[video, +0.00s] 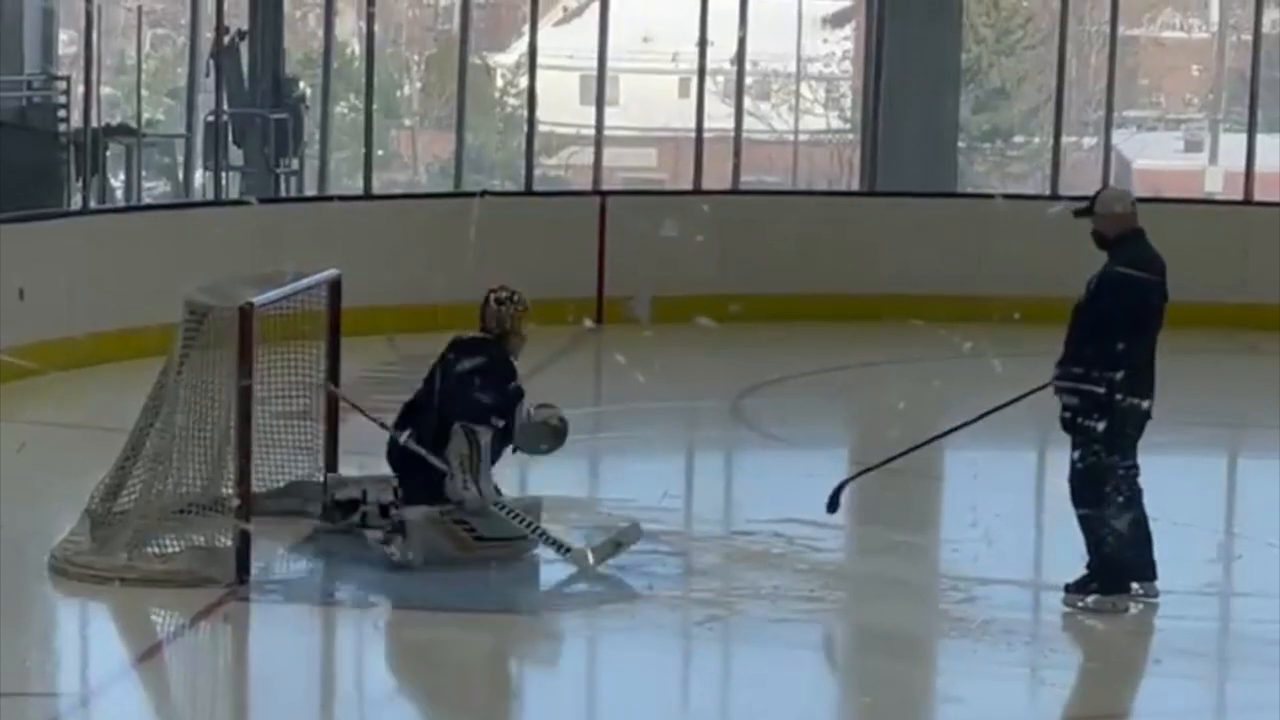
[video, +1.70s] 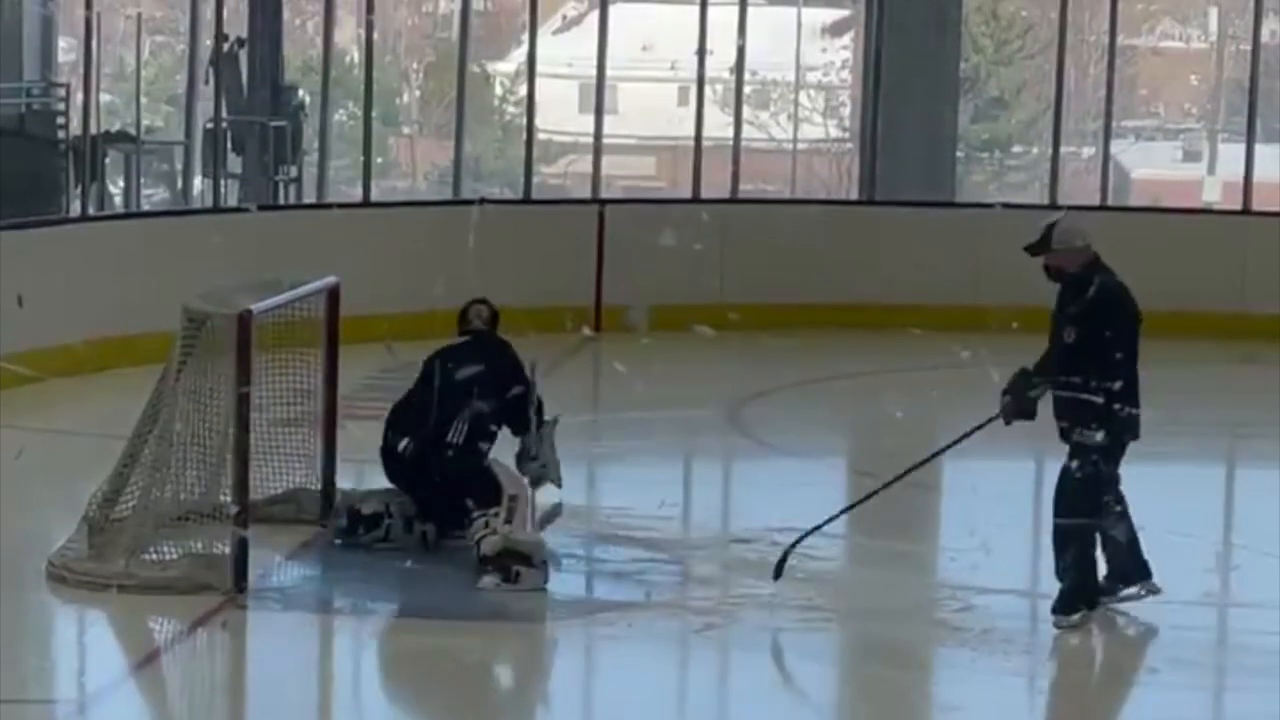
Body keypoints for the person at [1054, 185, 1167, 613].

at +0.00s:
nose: (1092, 229)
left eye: (1097, 221)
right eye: (1092, 221)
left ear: (1113, 221)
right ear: (1127, 219)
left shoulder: (1125, 269)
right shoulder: (1141, 263)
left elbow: (1100, 336)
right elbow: (1103, 332)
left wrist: (1074, 385)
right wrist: (1073, 374)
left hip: (1109, 397)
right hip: (1125, 393)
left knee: (1092, 486)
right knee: (1118, 483)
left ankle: (1110, 577)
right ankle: (1136, 571)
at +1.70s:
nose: (1046, 266)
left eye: (1051, 258)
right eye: (1045, 258)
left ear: (1072, 255)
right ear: (1069, 255)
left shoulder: (1109, 297)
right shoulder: (1073, 292)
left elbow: (1110, 370)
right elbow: (1061, 353)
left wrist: (1099, 425)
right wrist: (1030, 383)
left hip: (1106, 423)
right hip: (1082, 419)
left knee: (1072, 502)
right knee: (1103, 497)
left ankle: (1077, 593)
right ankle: (1129, 569)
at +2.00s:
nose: (1030, 262)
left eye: (1036, 256)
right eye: (1029, 255)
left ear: (1060, 254)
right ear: (1044, 254)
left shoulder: (1102, 298)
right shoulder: (1040, 287)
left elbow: (1105, 376)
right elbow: (1017, 345)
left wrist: (1090, 437)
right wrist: (983, 386)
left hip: (1077, 425)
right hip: (1038, 422)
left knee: (1056, 519)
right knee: (1054, 511)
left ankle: (1046, 615)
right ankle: (1075, 586)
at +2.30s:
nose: (1010, 264)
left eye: (1016, 256)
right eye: (1009, 256)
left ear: (1041, 256)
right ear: (1027, 255)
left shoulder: (1088, 305)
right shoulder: (1020, 293)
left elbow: (1093, 383)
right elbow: (987, 355)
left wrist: (1083, 441)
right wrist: (947, 395)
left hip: (1058, 440)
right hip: (1011, 435)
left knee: (1052, 535)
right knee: (1005, 527)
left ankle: (1045, 629)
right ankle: (1006, 601)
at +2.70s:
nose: (993, 275)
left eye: (999, 268)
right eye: (992, 268)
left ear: (1023, 266)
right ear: (1005, 267)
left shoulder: (1070, 315)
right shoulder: (1000, 306)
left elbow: (1071, 397)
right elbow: (975, 367)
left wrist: (1057, 463)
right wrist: (935, 410)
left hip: (1043, 462)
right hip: (994, 457)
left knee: (1043, 562)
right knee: (980, 554)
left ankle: (1044, 657)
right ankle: (967, 649)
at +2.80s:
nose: (985, 277)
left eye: (992, 270)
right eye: (985, 270)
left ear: (1018, 266)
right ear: (1000, 269)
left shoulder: (1065, 318)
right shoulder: (995, 311)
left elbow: (1067, 401)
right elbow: (974, 373)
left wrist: (1052, 466)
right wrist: (933, 416)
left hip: (1040, 467)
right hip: (989, 463)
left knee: (1039, 570)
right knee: (974, 560)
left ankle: (1042, 671)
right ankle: (958, 662)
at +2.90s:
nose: (978, 280)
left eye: (984, 272)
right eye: (978, 272)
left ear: (1008, 270)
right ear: (999, 270)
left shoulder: (1056, 318)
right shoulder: (990, 313)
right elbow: (977, 378)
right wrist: (937, 422)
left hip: (1037, 465)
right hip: (985, 460)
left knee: (1036, 565)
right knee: (969, 558)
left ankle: (1040, 664)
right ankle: (954, 656)